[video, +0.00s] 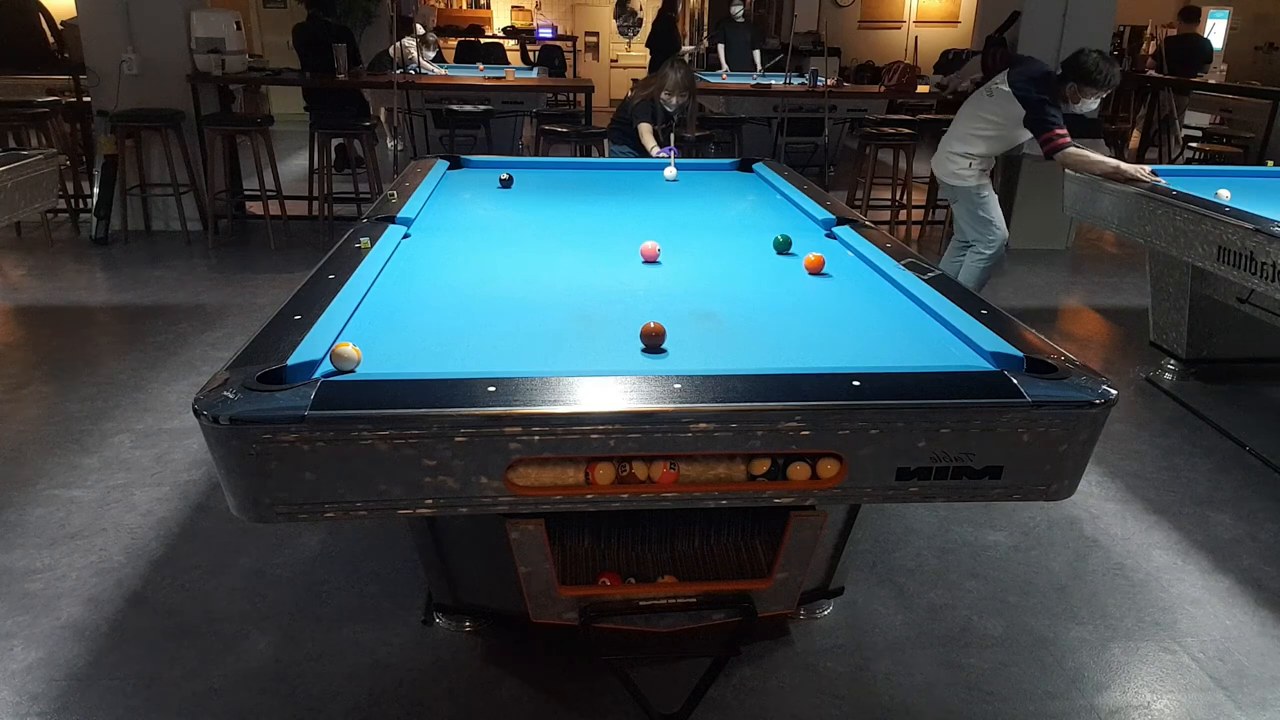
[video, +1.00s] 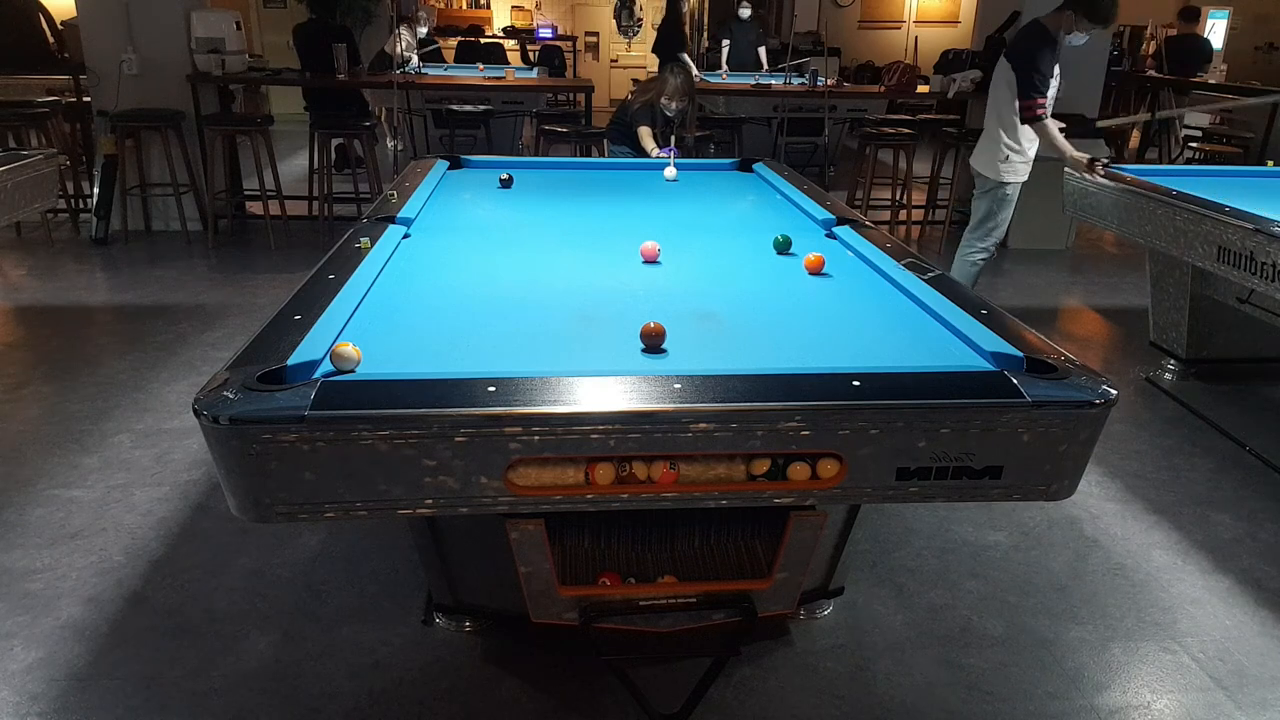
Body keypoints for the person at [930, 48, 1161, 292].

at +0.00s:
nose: (1097, 102)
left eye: (1101, 97)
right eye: (1096, 96)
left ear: (1066, 76)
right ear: (1072, 89)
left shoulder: (1033, 68)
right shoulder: (1041, 101)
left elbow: (987, 62)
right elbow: (1064, 153)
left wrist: (959, 79)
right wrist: (1121, 168)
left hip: (953, 159)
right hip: (964, 168)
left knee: (966, 238)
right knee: (992, 239)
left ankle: (936, 298)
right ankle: (956, 308)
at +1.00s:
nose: (1083, 39)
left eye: (1089, 34)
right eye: (1084, 31)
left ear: (1066, 14)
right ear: (1069, 16)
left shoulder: (1037, 34)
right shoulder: (1038, 42)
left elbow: (1024, 98)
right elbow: (1035, 114)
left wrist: (1047, 122)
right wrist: (1072, 155)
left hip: (999, 158)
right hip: (1003, 164)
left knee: (979, 241)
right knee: (980, 245)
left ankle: (952, 308)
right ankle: (951, 313)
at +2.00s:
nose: (1058, 165)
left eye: (1062, 163)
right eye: (1063, 161)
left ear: (1063, 146)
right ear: (1063, 151)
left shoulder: (1045, 122)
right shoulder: (1025, 143)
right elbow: (1010, 213)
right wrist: (1003, 264)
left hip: (974, 155)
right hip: (944, 152)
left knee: (975, 224)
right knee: (954, 225)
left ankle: (967, 286)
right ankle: (931, 288)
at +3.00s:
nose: (1031, 13)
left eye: (1033, 7)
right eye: (1024, 6)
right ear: (1004, 7)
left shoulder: (1010, 47)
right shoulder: (978, 44)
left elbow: (1008, 102)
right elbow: (987, 103)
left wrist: (1029, 138)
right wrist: (1010, 145)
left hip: (980, 152)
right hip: (951, 152)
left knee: (976, 224)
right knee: (946, 228)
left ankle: (966, 286)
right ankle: (931, 289)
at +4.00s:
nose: (993, 8)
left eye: (994, 3)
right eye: (987, 2)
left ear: (992, 7)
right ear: (969, 4)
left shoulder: (999, 47)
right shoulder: (935, 48)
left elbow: (1001, 101)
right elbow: (926, 105)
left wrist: (1011, 140)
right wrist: (927, 150)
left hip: (976, 156)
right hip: (936, 154)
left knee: (955, 229)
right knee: (929, 228)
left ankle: (934, 293)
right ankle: (918, 290)